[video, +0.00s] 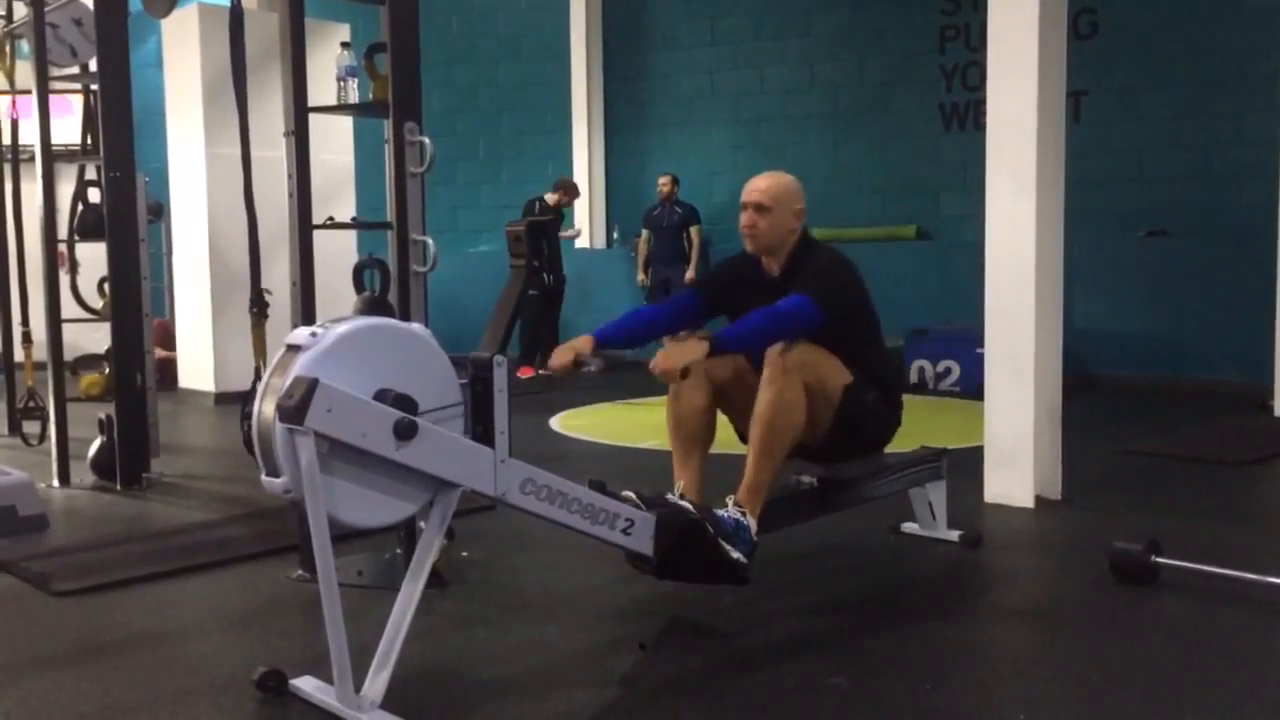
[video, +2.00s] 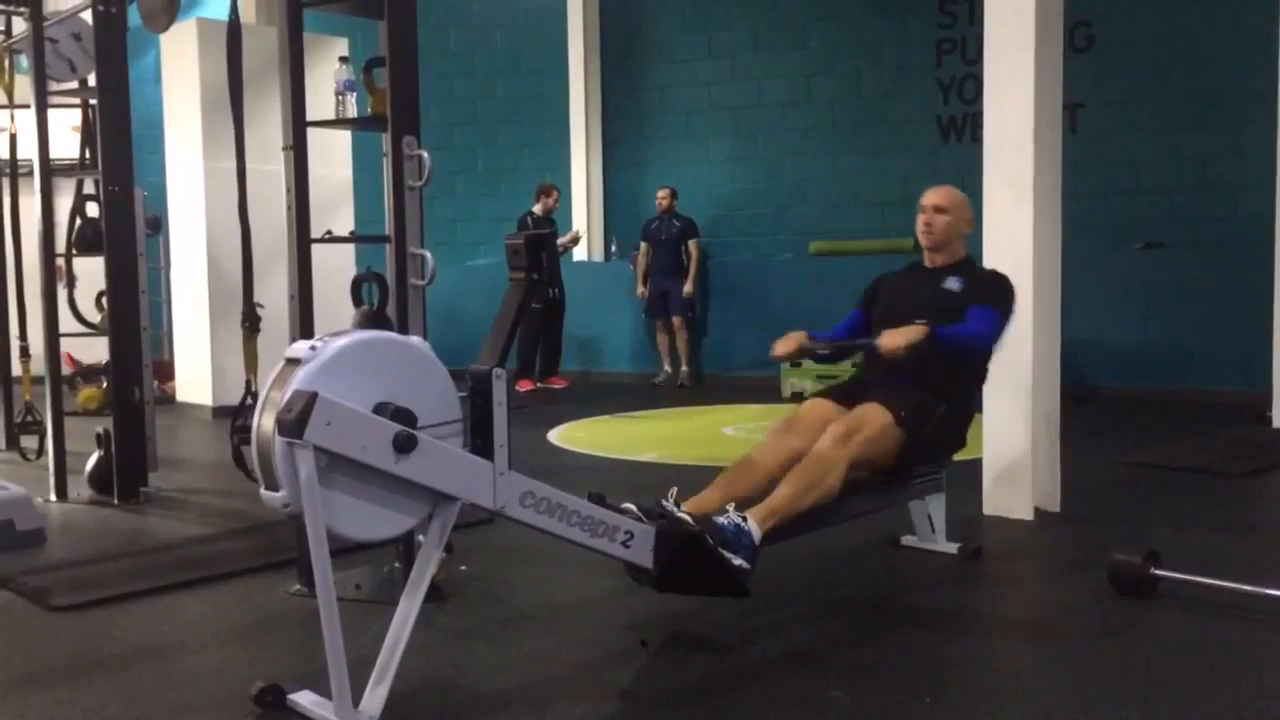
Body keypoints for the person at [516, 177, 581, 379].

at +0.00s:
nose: (571, 204)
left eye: (573, 200)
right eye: (570, 199)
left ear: (563, 195)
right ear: (561, 194)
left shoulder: (558, 213)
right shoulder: (534, 206)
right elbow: (530, 242)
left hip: (554, 272)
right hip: (535, 273)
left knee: (550, 321)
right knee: (532, 320)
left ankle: (546, 362)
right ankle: (526, 363)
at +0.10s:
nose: (570, 204)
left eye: (572, 200)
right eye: (570, 199)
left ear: (563, 195)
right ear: (561, 193)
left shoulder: (557, 212)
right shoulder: (535, 207)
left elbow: (552, 240)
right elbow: (530, 241)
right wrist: (536, 271)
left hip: (554, 272)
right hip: (536, 272)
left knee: (551, 320)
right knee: (531, 320)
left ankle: (549, 361)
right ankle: (526, 364)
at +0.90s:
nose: (556, 200)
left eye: (557, 196)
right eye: (555, 195)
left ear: (547, 194)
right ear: (544, 193)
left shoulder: (546, 214)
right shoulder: (527, 214)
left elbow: (548, 243)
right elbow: (527, 247)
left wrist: (565, 241)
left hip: (551, 277)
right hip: (533, 279)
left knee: (550, 324)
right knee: (528, 325)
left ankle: (548, 365)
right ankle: (524, 368)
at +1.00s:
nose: (555, 200)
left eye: (556, 196)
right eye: (554, 195)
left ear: (545, 194)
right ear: (543, 193)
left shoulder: (545, 214)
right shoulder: (526, 214)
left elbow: (546, 243)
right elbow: (527, 247)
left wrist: (563, 242)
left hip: (551, 278)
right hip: (532, 279)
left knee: (550, 324)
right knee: (527, 325)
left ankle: (548, 366)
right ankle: (523, 368)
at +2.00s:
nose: (557, 205)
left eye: (558, 201)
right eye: (554, 200)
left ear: (548, 200)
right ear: (543, 199)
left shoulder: (550, 223)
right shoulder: (526, 222)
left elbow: (552, 254)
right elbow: (531, 253)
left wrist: (567, 245)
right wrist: (560, 243)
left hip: (554, 284)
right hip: (535, 285)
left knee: (553, 331)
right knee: (530, 333)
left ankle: (549, 374)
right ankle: (524, 377)